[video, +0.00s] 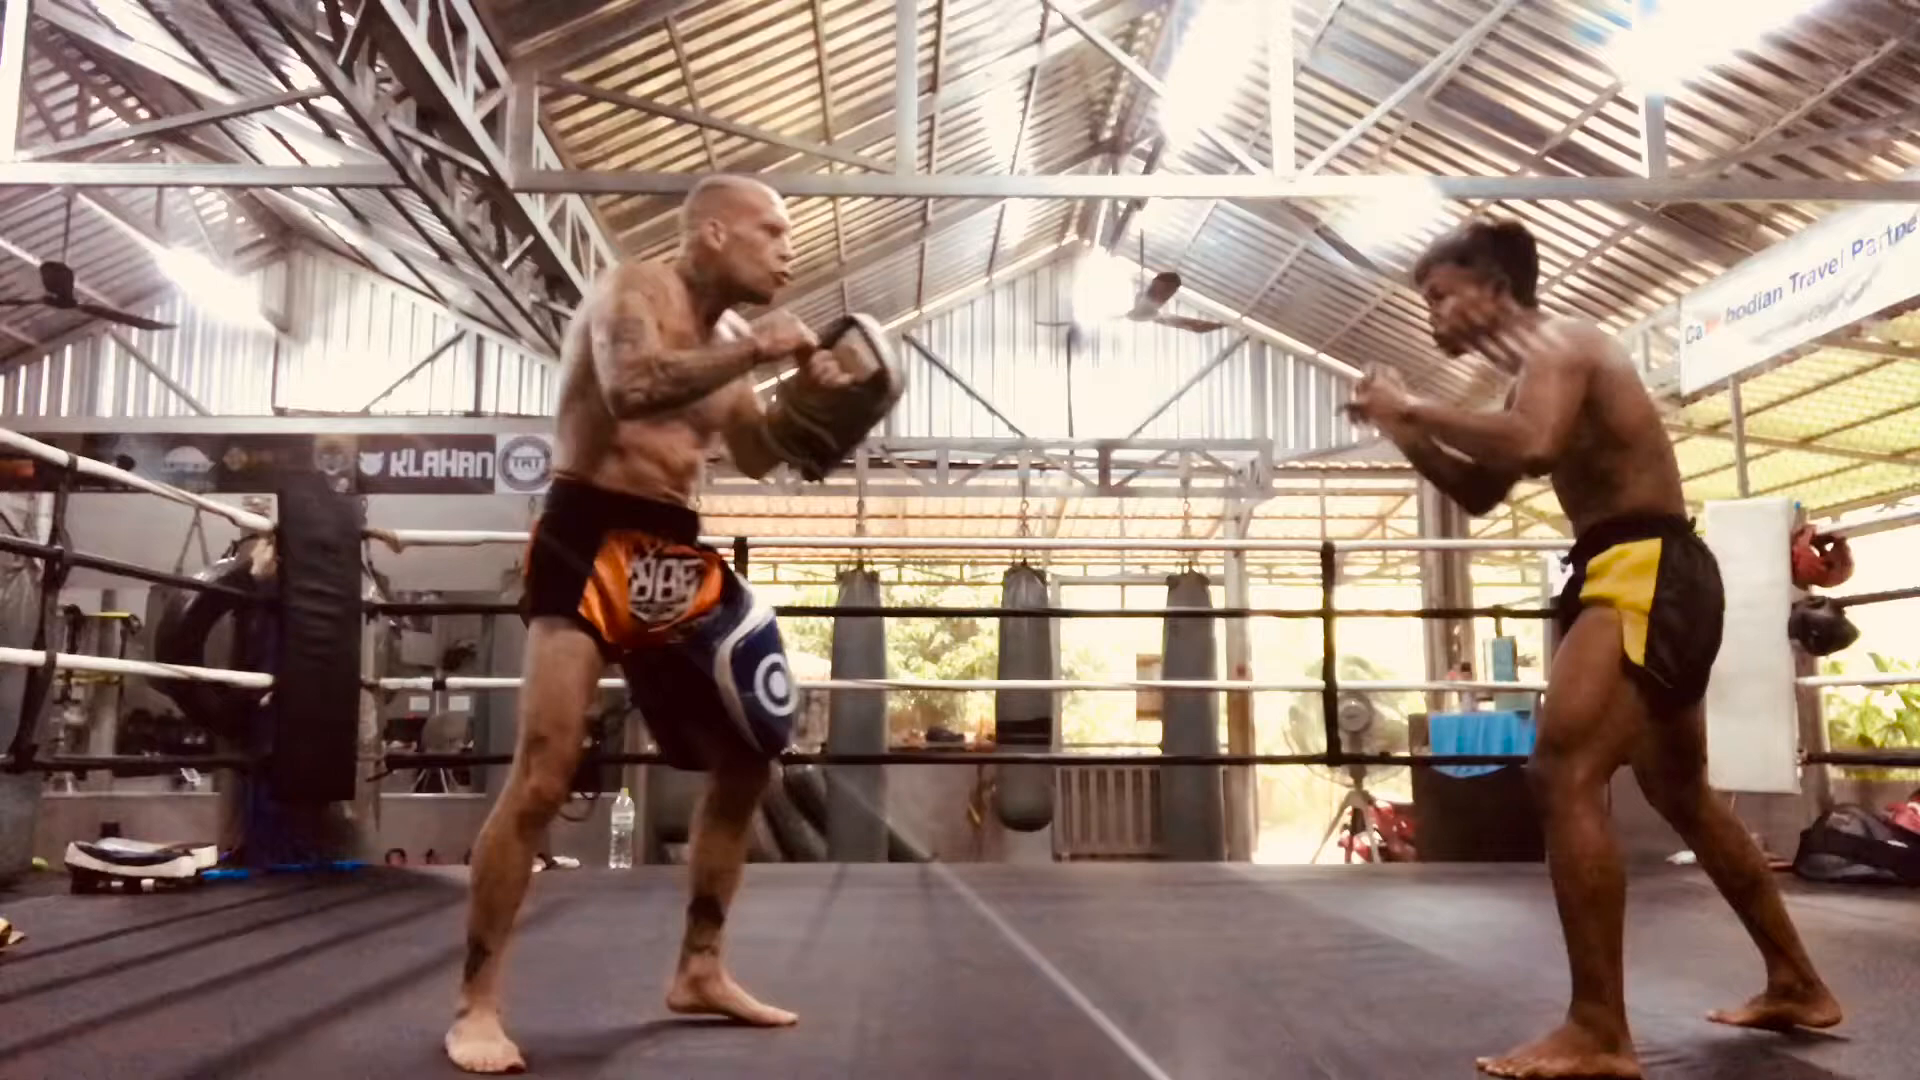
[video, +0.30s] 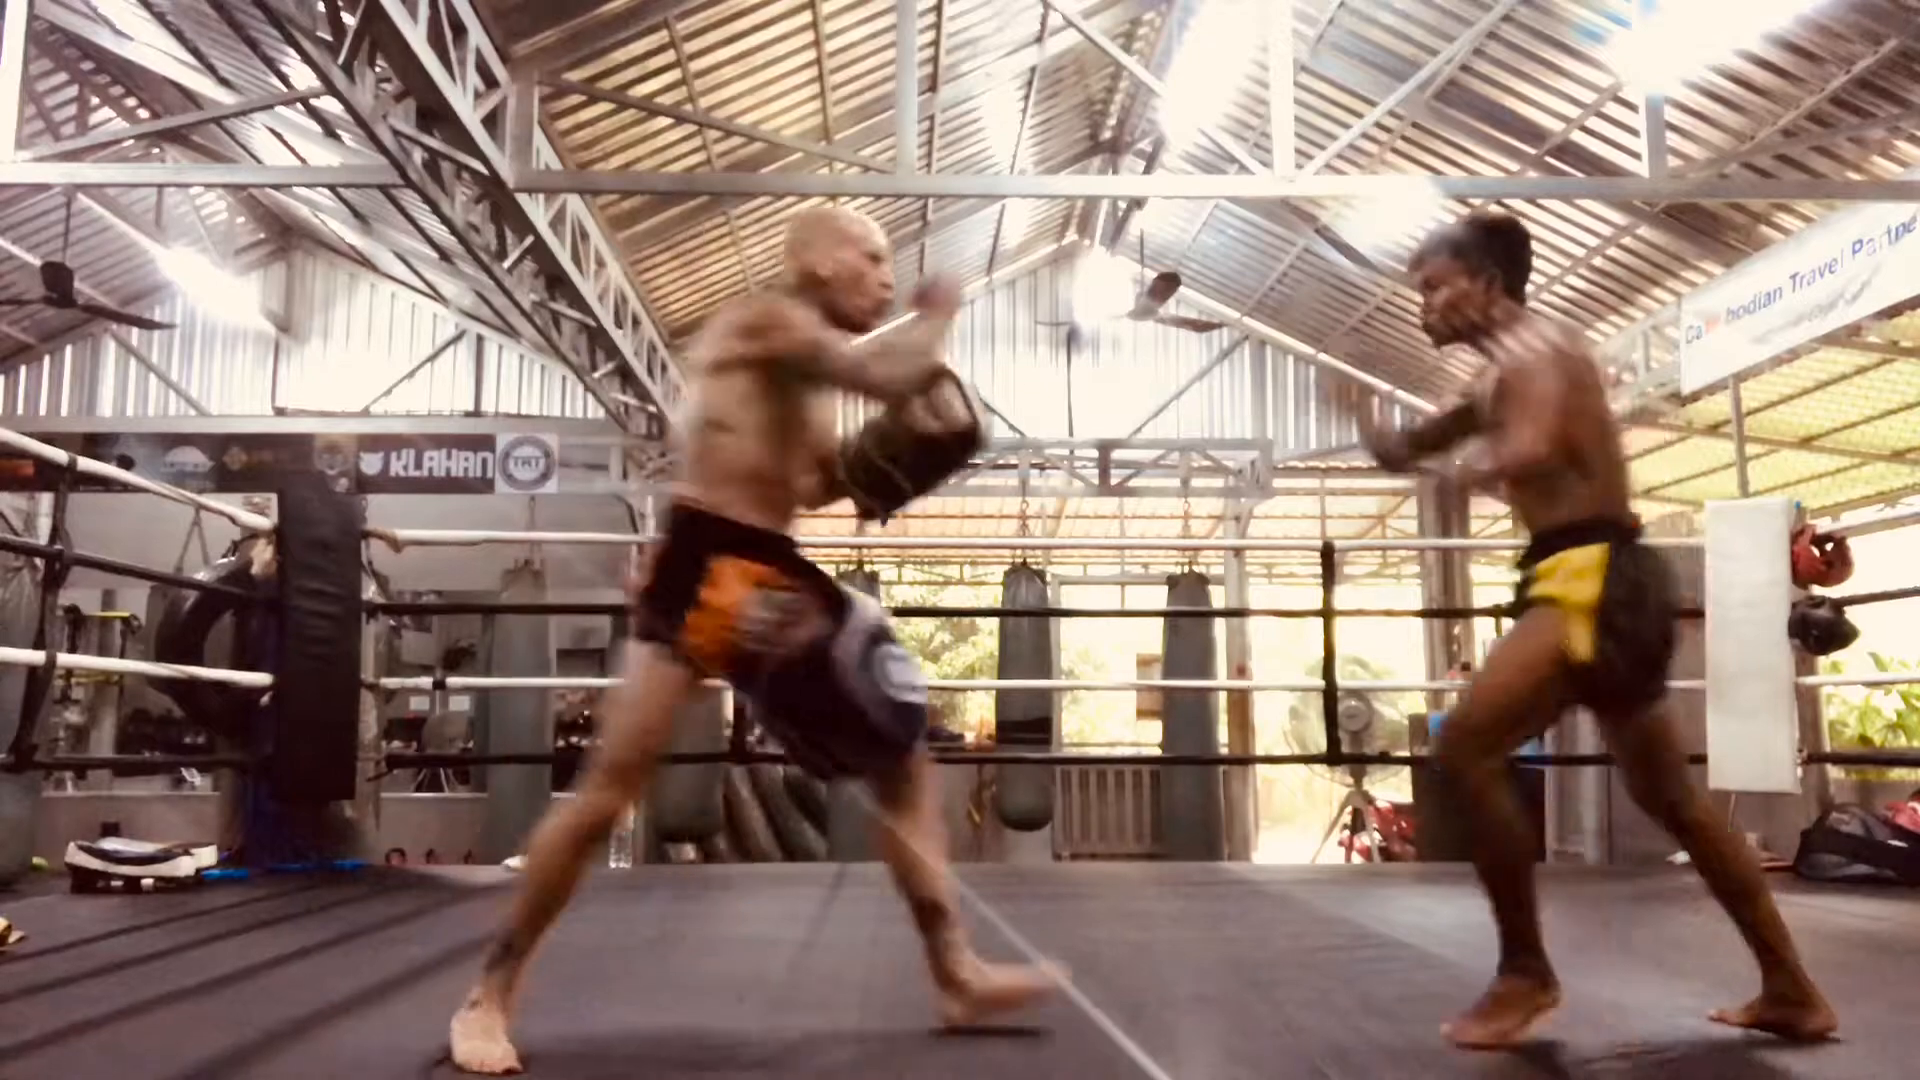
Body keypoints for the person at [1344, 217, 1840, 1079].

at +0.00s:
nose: (1429, 315)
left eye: (1438, 296)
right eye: (1427, 299)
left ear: (1489, 287)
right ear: (1492, 296)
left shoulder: (1559, 342)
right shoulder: (1541, 368)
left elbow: (1532, 440)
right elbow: (1476, 495)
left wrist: (1408, 411)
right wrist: (1404, 434)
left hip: (1637, 567)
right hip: (1662, 568)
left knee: (1567, 774)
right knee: (1683, 793)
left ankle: (1597, 1029)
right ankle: (1798, 985)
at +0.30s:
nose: (1421, 305)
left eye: (1432, 286)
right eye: (1419, 290)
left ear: (1482, 283)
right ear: (1489, 290)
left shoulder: (1531, 354)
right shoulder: (1521, 361)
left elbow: (1533, 446)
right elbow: (1451, 425)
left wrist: (1465, 472)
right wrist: (1396, 446)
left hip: (1588, 574)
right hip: (1608, 574)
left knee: (1469, 747)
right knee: (1671, 791)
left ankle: (1523, 977)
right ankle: (1790, 988)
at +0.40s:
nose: (1424, 281)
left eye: (1437, 265)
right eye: (1426, 267)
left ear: (1488, 272)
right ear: (1485, 277)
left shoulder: (1541, 350)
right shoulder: (1469, 366)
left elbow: (1658, 426)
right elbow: (1375, 387)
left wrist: (1698, 530)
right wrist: (1429, 313)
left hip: (1514, 587)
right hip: (1483, 587)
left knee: (1432, 794)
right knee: (1528, 797)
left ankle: (1529, 1000)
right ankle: (1692, 962)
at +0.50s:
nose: (1434, 266)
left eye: (1447, 250)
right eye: (1437, 251)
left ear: (1496, 256)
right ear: (1489, 260)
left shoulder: (1574, 334)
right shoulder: (1452, 351)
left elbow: (1709, 381)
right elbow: (1355, 384)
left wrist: (1802, 457)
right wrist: (1317, 322)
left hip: (1474, 572)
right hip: (1430, 568)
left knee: (1447, 797)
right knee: (1320, 678)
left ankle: (1532, 999)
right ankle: (1404, 801)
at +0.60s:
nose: (1440, 276)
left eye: (1453, 260)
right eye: (1442, 261)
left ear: (1503, 263)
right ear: (1496, 267)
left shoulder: (1585, 346)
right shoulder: (1440, 359)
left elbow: (1690, 402)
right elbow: (1344, 425)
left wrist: (1641, 359)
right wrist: (1230, 434)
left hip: (1438, 583)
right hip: (1372, 528)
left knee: (1448, 794)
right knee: (1197, 499)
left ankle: (1522, 996)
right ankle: (1189, 612)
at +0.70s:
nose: (1408, 289)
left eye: (1424, 277)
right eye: (1413, 275)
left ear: (1468, 283)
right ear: (1448, 279)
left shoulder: (1534, 359)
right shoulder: (1421, 362)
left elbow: (1535, 398)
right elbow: (1372, 439)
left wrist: (1456, 344)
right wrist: (1261, 464)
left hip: (1413, 568)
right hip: (1344, 517)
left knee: (1429, 785)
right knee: (1190, 461)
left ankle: (1509, 994)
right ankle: (1048, 437)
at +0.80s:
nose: (1374, 295)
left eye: (1390, 281)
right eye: (1375, 280)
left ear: (1440, 290)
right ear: (1415, 290)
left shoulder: (1474, 373)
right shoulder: (1399, 370)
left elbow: (1391, 384)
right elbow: (1359, 450)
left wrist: (1295, 315)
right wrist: (1267, 451)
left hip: (1390, 591)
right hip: (1321, 552)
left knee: (1425, 784)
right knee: (1199, 499)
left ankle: (1515, 995)